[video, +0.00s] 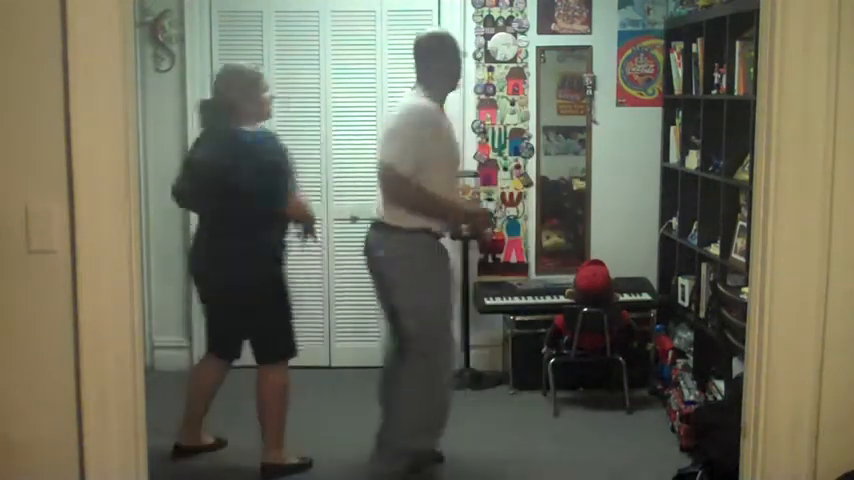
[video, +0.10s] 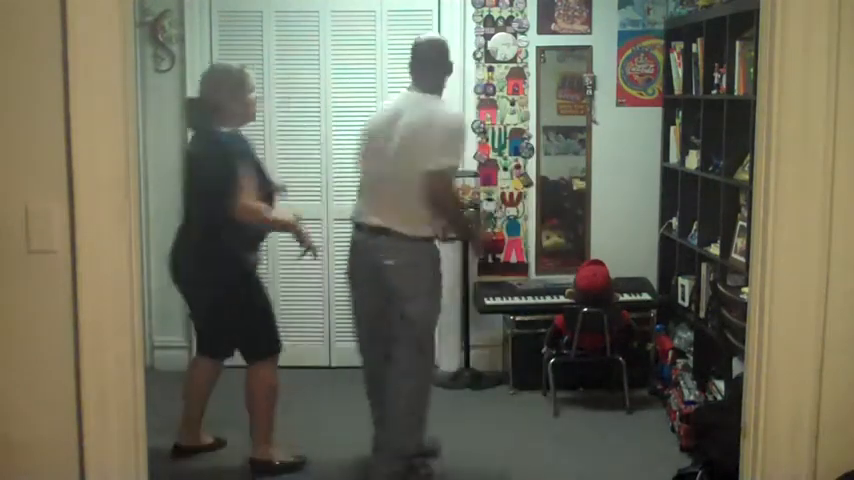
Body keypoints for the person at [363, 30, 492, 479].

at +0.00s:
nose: (462, 68)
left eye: (460, 59)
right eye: (456, 59)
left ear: (427, 63)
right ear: (439, 64)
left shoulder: (432, 117)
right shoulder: (416, 115)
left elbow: (423, 188)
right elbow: (394, 185)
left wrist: (464, 217)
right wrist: (461, 213)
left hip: (415, 244)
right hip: (405, 246)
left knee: (417, 348)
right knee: (426, 349)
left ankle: (401, 449)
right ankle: (409, 453)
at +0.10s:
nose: (447, 76)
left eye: (440, 66)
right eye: (447, 69)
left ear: (410, 68)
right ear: (446, 72)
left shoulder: (383, 113)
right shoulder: (443, 117)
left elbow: (378, 179)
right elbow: (439, 190)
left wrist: (439, 217)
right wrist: (469, 229)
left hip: (365, 245)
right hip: (408, 252)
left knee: (378, 349)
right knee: (412, 353)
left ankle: (393, 439)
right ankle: (397, 457)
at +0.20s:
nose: (400, 77)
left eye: (399, 70)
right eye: (414, 70)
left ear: (396, 73)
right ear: (435, 76)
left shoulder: (365, 117)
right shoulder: (454, 128)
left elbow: (336, 182)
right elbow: (475, 203)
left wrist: (374, 203)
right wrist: (478, 261)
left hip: (355, 252)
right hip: (412, 255)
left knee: (361, 355)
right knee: (407, 360)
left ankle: (370, 448)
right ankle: (397, 460)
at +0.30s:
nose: (373, 80)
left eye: (375, 73)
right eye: (377, 72)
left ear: (381, 75)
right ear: (417, 78)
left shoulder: (354, 121)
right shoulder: (448, 133)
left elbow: (319, 186)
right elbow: (472, 210)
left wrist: (345, 219)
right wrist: (479, 269)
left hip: (352, 258)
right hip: (414, 260)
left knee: (345, 350)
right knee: (410, 363)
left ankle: (339, 445)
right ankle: (396, 460)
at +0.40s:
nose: (353, 78)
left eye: (356, 72)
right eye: (356, 71)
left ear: (365, 75)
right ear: (397, 76)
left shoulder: (346, 122)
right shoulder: (426, 130)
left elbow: (318, 184)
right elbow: (454, 201)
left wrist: (310, 223)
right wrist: (464, 263)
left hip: (353, 261)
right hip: (411, 261)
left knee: (325, 355)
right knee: (401, 365)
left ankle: (322, 451)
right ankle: (396, 459)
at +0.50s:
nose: (335, 78)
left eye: (341, 71)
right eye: (337, 71)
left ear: (359, 74)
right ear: (378, 75)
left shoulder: (347, 121)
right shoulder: (407, 128)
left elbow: (329, 191)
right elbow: (434, 197)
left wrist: (293, 230)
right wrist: (431, 258)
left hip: (349, 264)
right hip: (396, 262)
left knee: (312, 359)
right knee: (382, 365)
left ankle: (318, 459)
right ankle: (396, 458)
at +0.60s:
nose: (321, 83)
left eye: (327, 76)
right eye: (323, 76)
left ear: (347, 78)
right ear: (361, 79)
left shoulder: (354, 124)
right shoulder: (379, 123)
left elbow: (342, 199)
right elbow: (401, 200)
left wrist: (289, 245)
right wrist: (377, 236)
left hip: (349, 263)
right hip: (374, 262)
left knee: (309, 352)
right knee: (339, 352)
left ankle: (316, 455)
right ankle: (402, 429)